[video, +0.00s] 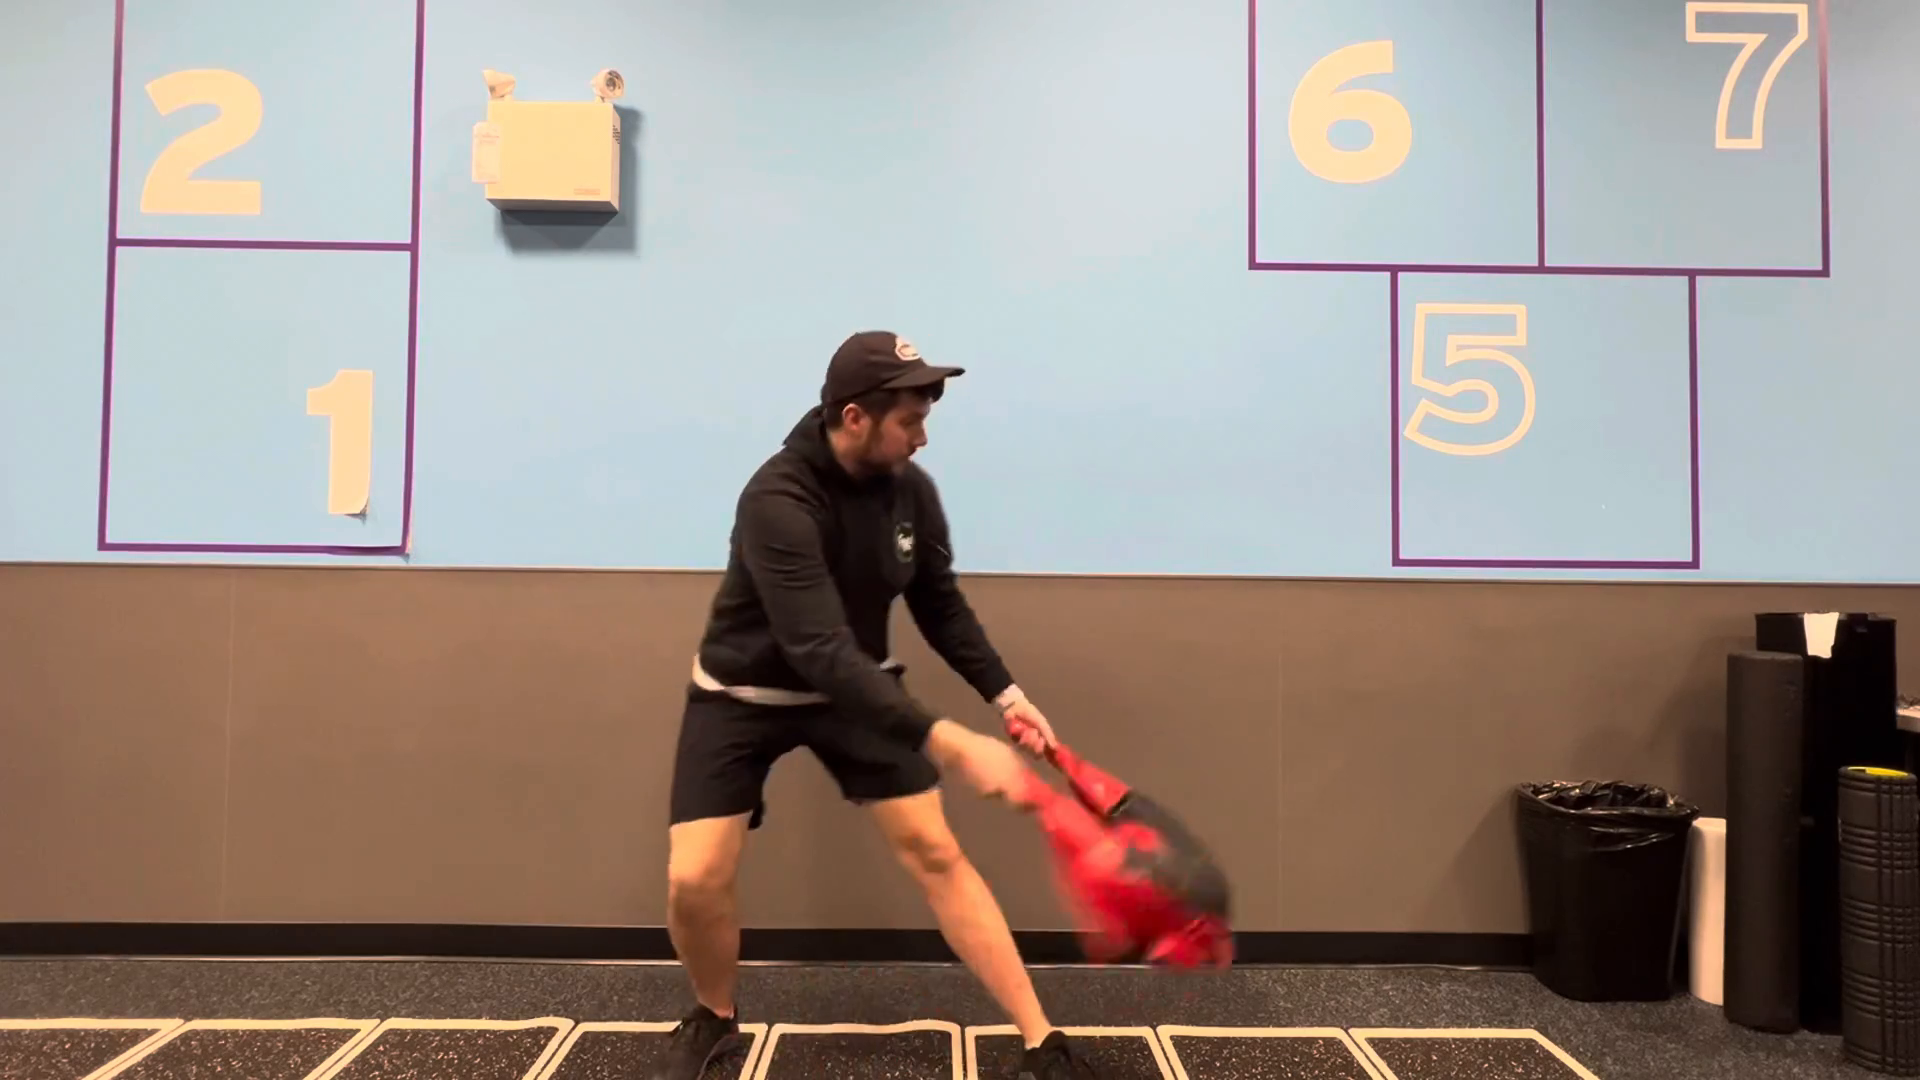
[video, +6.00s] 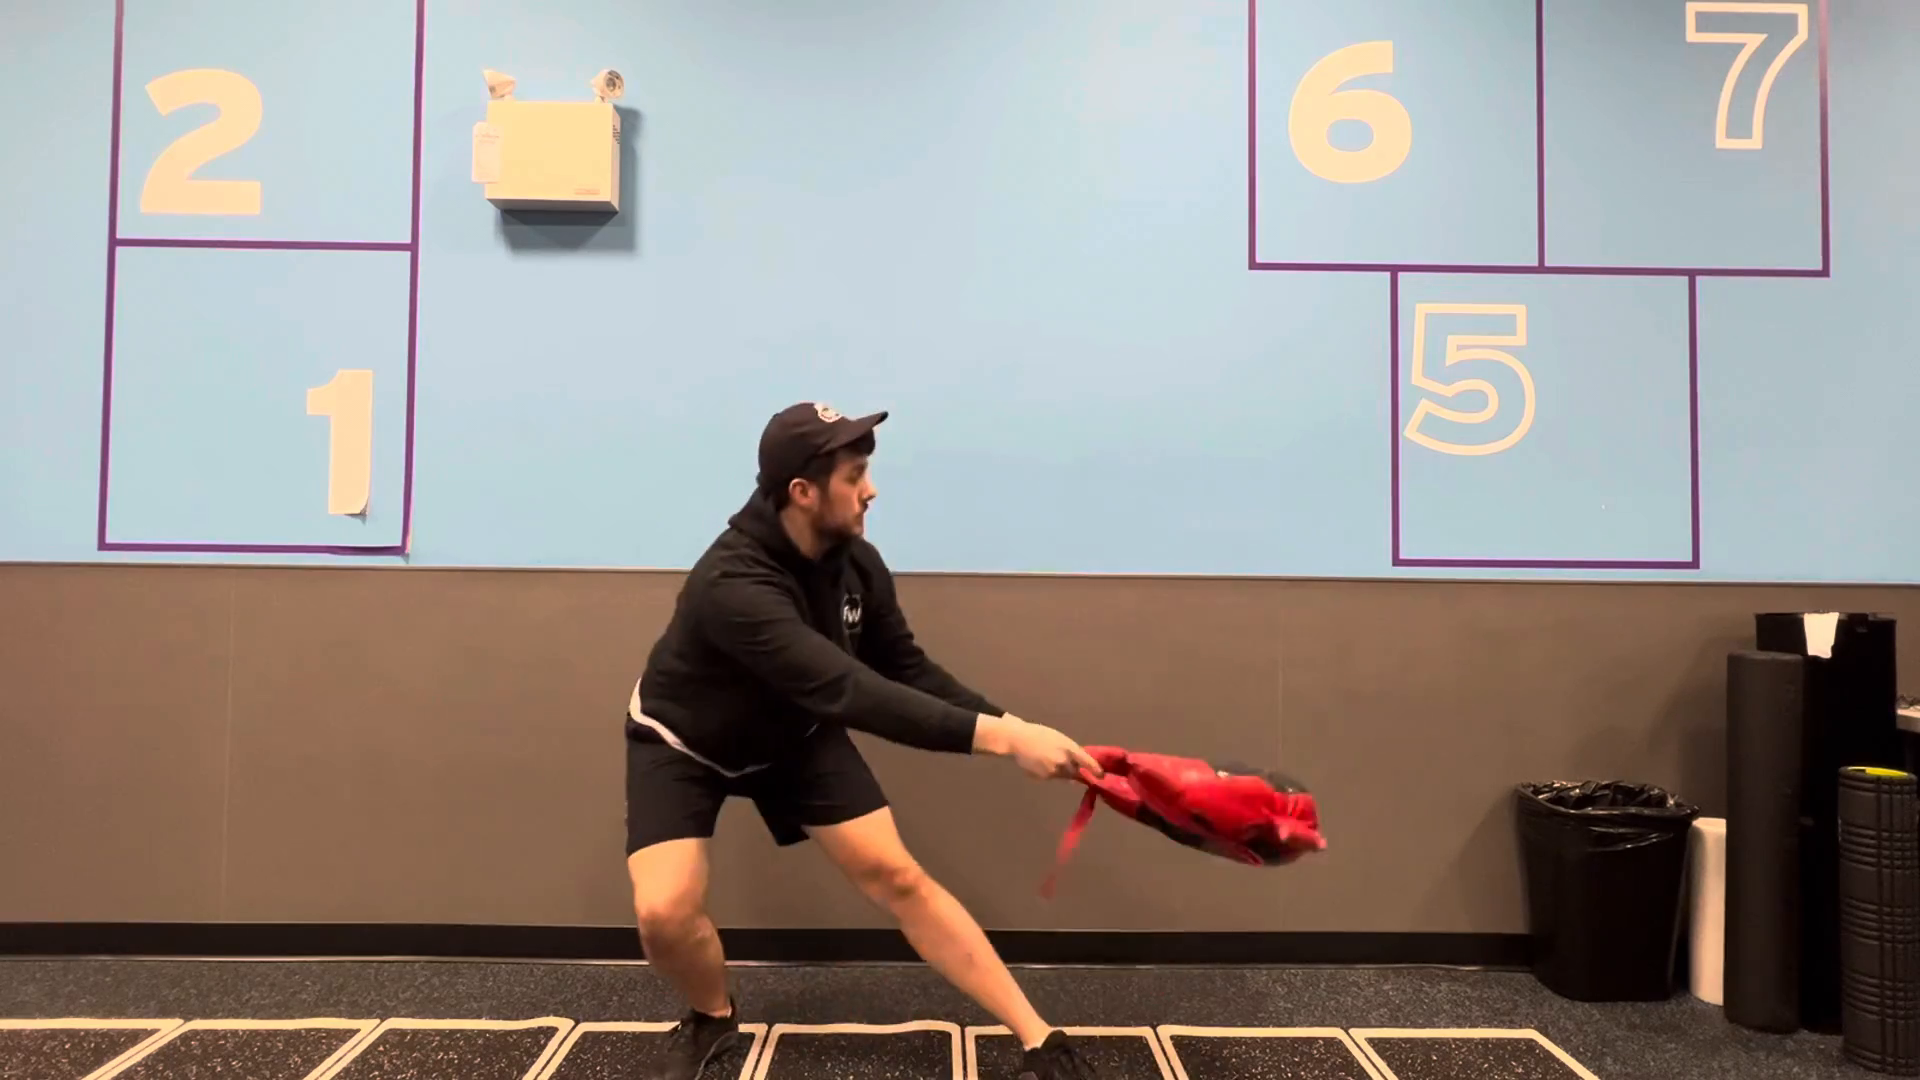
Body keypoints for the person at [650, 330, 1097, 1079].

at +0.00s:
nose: (922, 433)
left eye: (924, 417)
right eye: (910, 418)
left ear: (867, 417)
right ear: (853, 417)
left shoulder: (910, 493)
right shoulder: (778, 500)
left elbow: (940, 605)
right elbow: (822, 651)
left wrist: (1008, 697)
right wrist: (951, 741)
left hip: (853, 687)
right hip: (738, 696)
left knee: (936, 851)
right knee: (694, 879)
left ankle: (1041, 1040)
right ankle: (715, 1018)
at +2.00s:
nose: (894, 407)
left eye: (892, 390)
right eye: (877, 395)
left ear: (851, 403)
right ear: (823, 408)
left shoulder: (891, 480)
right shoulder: (763, 500)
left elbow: (952, 577)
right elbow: (838, 633)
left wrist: (1050, 647)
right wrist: (978, 709)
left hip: (853, 691)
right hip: (736, 696)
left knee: (933, 852)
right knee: (687, 877)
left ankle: (1041, 1038)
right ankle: (714, 1019)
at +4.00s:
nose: (889, 450)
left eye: (887, 433)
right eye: (872, 436)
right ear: (818, 447)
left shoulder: (880, 518)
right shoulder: (760, 538)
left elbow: (946, 610)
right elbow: (867, 654)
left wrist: (1054, 671)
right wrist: (1011, 706)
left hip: (827, 706)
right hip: (712, 711)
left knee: (914, 860)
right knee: (675, 886)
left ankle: (1042, 1039)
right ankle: (713, 1017)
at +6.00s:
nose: (870, 492)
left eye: (867, 474)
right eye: (854, 477)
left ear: (809, 491)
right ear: (802, 491)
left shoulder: (854, 563)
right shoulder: (733, 583)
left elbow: (905, 664)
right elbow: (842, 690)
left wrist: (1017, 732)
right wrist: (1003, 736)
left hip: (798, 730)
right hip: (681, 740)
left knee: (896, 875)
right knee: (664, 915)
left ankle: (1040, 1041)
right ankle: (712, 1017)